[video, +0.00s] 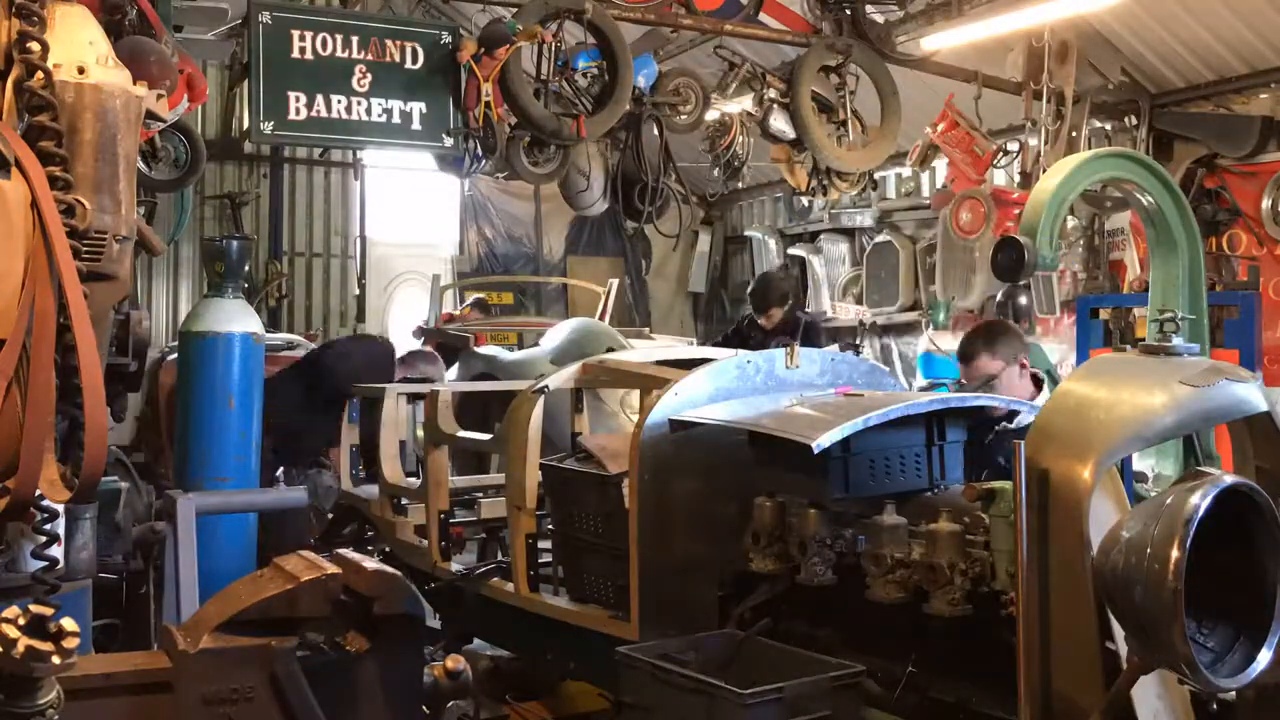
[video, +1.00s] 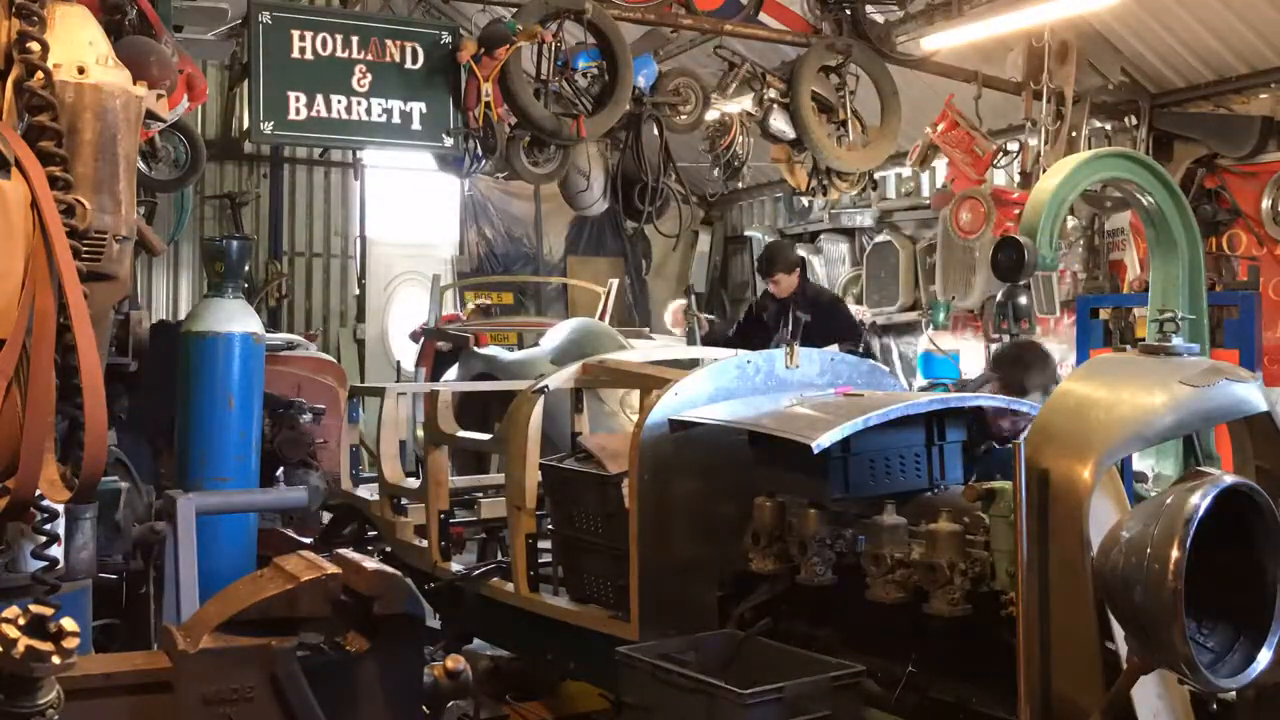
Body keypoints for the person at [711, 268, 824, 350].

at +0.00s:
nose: (762, 322)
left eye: (769, 316)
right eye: (757, 315)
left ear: (786, 305)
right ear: (752, 308)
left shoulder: (808, 327)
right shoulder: (747, 324)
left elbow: (817, 365)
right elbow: (718, 348)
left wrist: (792, 352)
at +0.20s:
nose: (783, 305)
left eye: (789, 299)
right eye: (779, 298)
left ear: (806, 290)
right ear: (774, 290)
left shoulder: (837, 313)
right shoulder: (764, 316)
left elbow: (876, 355)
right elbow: (737, 345)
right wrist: (708, 336)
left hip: (828, 398)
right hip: (775, 398)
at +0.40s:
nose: (786, 300)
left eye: (792, 293)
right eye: (782, 293)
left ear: (811, 285)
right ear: (778, 289)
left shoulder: (845, 314)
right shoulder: (772, 316)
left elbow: (887, 361)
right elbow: (741, 343)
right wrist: (706, 337)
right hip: (786, 398)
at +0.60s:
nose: (787, 307)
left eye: (793, 301)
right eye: (783, 300)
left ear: (811, 294)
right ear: (780, 295)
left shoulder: (844, 317)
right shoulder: (774, 321)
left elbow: (890, 360)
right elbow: (737, 344)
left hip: (841, 401)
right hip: (787, 402)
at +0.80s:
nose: (775, 299)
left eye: (781, 293)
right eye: (771, 292)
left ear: (800, 283)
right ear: (766, 285)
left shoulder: (832, 308)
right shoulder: (762, 313)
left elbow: (861, 347)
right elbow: (732, 343)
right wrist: (689, 343)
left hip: (823, 389)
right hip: (772, 390)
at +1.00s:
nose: (770, 288)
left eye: (776, 282)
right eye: (767, 282)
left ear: (796, 273)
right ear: (763, 277)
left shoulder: (827, 303)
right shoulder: (764, 305)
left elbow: (857, 348)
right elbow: (737, 343)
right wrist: (703, 326)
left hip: (819, 389)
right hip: (770, 388)